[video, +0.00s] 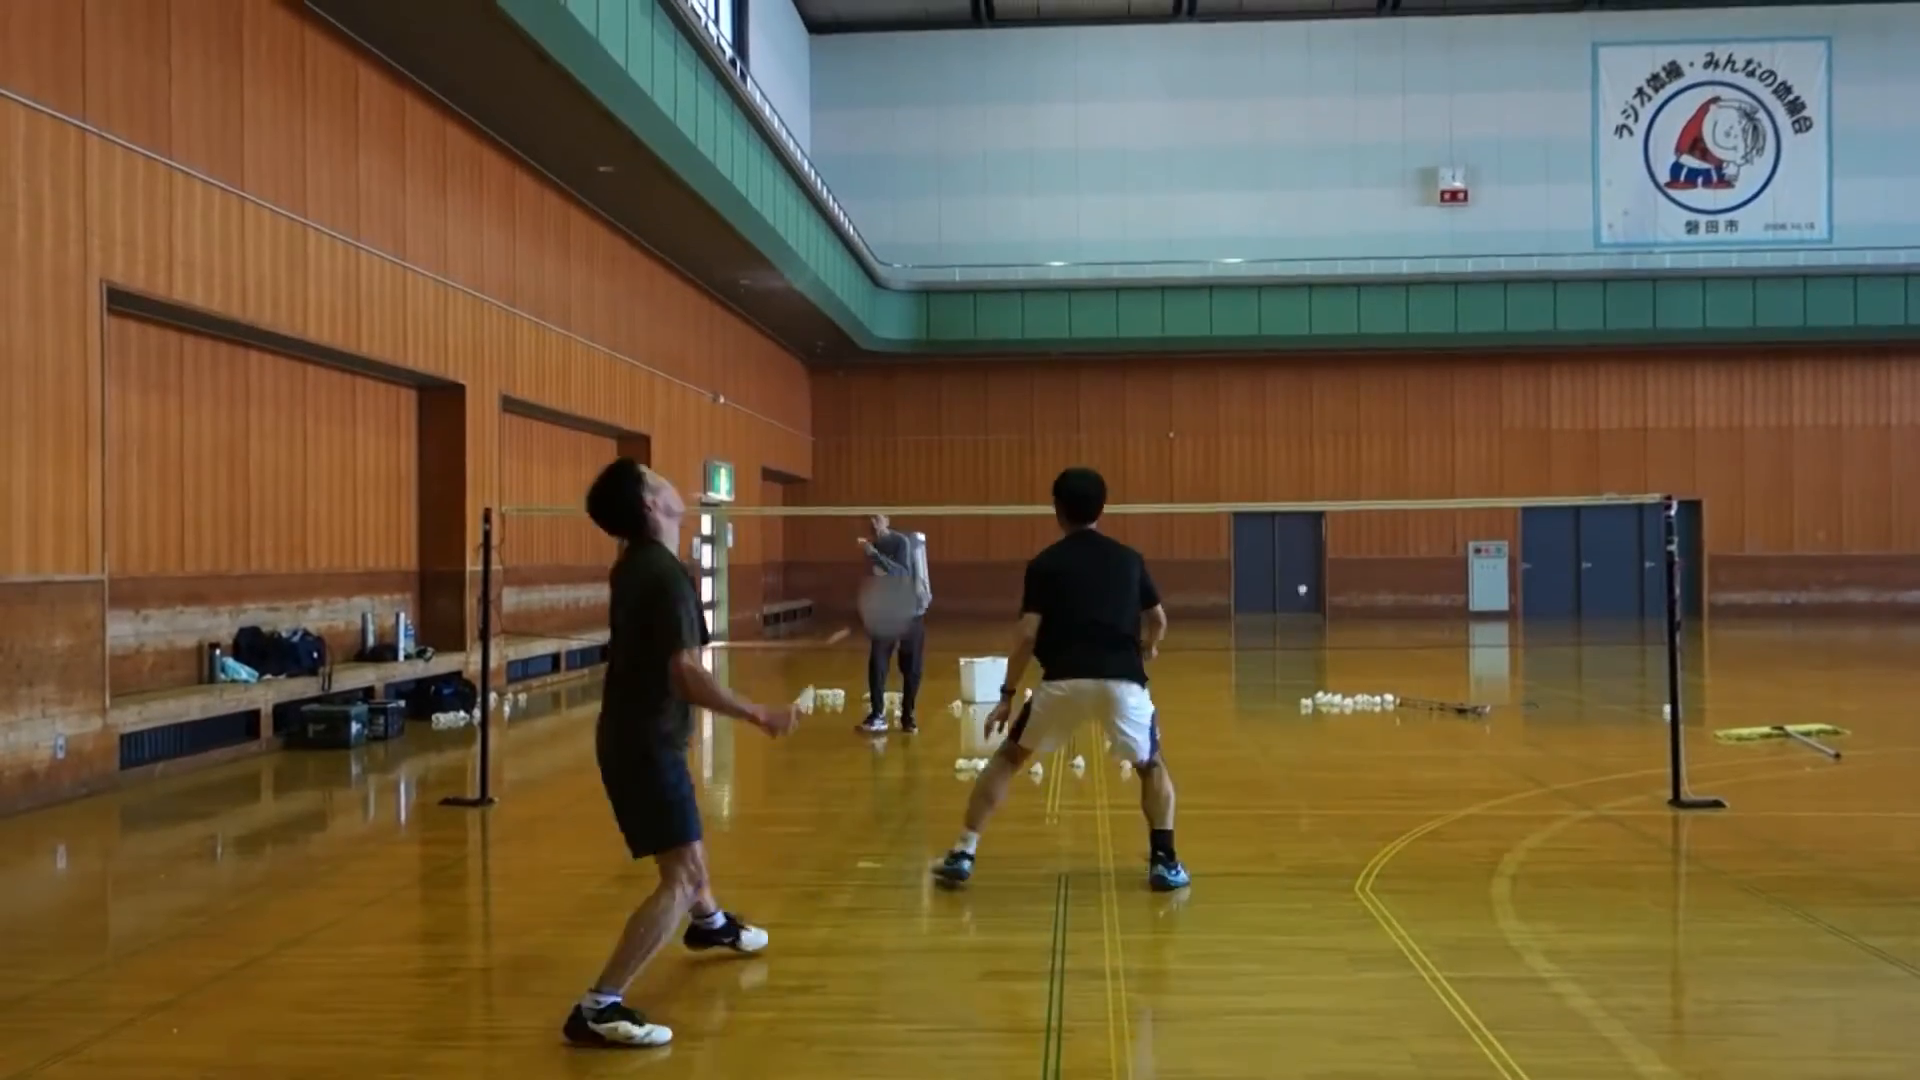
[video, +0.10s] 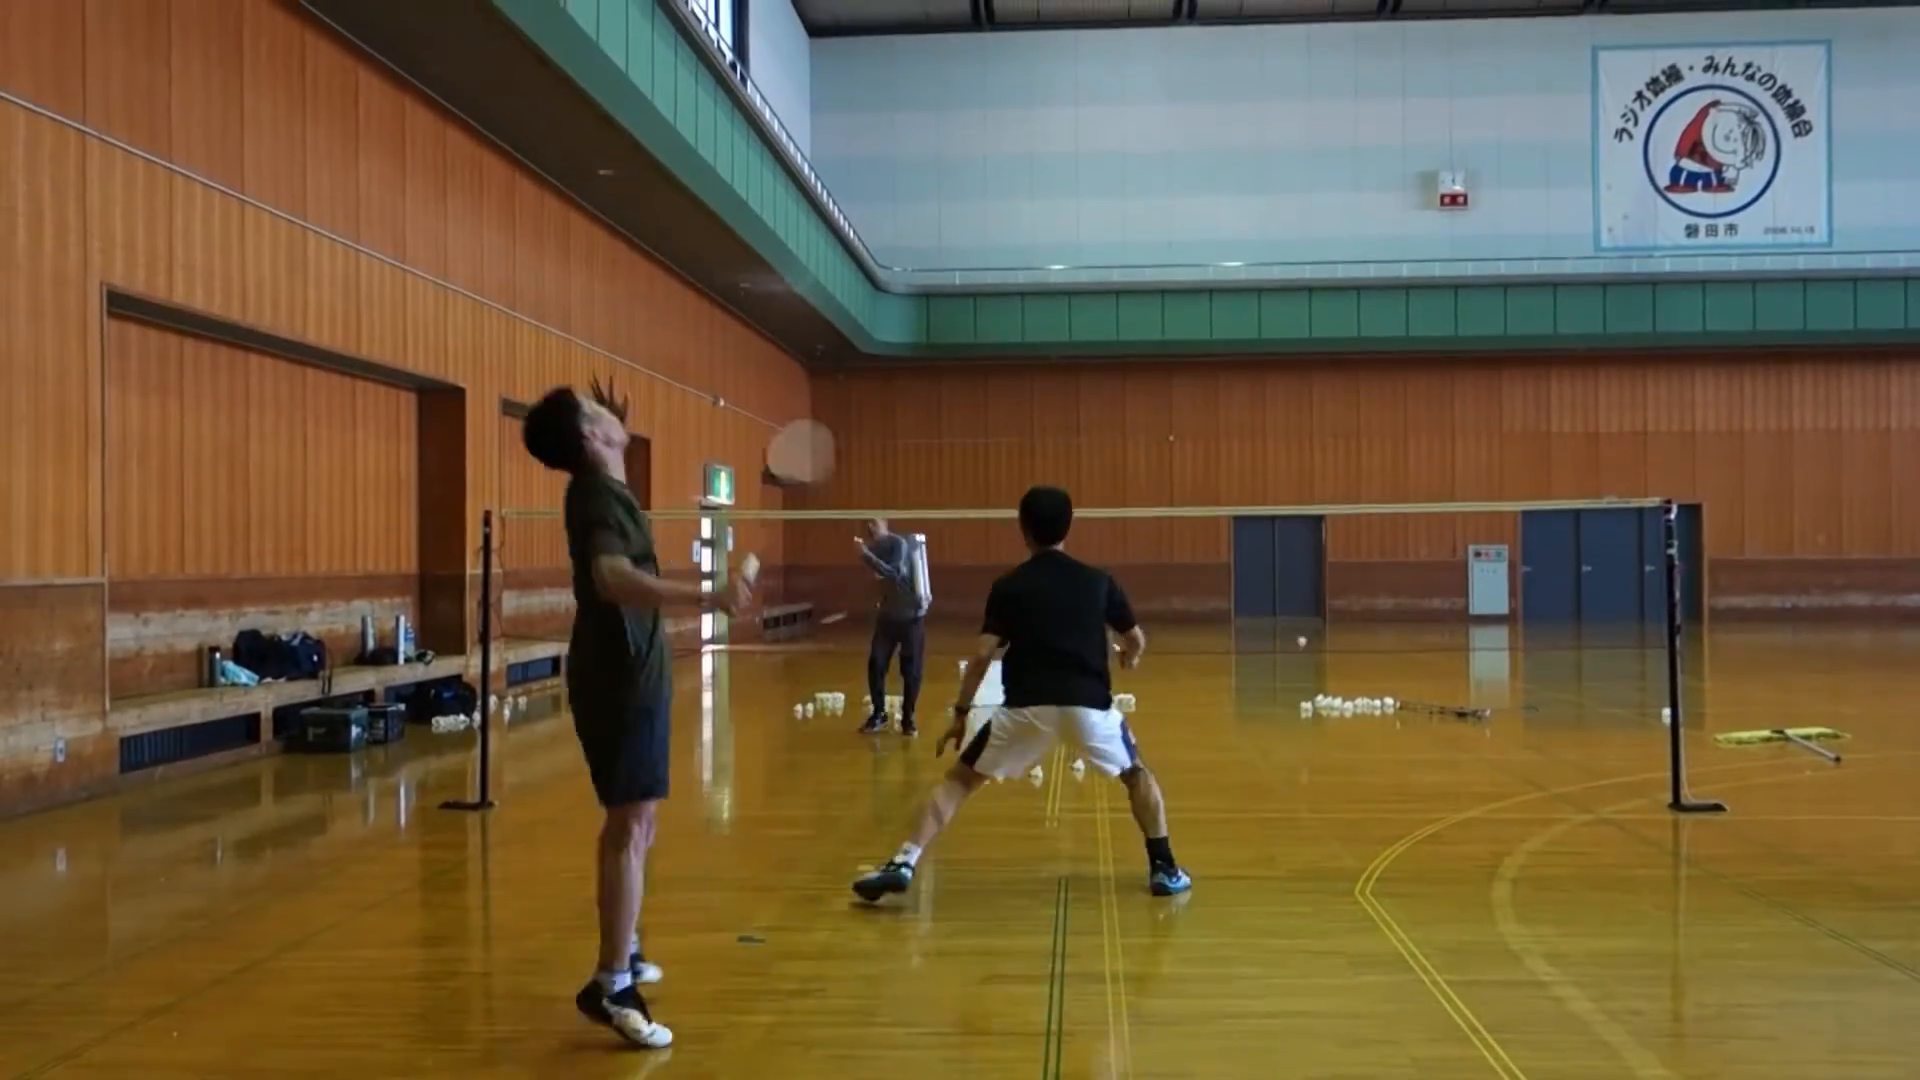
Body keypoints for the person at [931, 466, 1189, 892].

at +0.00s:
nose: (1059, 509)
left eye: (1057, 503)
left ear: (1058, 508)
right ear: (1102, 509)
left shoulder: (1044, 564)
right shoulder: (1128, 559)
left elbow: (1027, 634)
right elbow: (1155, 619)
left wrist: (1007, 694)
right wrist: (1141, 658)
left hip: (1063, 680)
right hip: (1122, 680)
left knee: (1008, 759)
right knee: (1152, 766)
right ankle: (1164, 862)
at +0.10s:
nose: (1029, 528)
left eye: (1026, 521)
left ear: (1024, 528)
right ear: (1068, 528)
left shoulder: (1009, 587)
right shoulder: (1097, 583)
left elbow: (982, 658)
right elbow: (1134, 640)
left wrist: (961, 711)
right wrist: (1129, 654)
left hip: (1026, 708)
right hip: (1088, 707)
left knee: (961, 779)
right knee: (1135, 774)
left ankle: (903, 862)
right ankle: (1164, 867)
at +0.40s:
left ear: (898, 509)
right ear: (943, 506)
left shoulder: (880, 565)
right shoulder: (969, 555)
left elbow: (839, 622)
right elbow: (1025, 603)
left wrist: (821, 663)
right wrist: (1051, 635)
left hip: (908, 682)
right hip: (970, 673)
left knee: (866, 772)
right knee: (1014, 756)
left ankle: (852, 869)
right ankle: (1038, 855)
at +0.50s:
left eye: (882, 505)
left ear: (877, 511)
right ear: (923, 510)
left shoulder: (860, 563)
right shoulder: (949, 556)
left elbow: (812, 622)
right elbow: (1002, 602)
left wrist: (792, 667)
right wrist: (1030, 651)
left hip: (881, 684)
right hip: (946, 679)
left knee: (834, 770)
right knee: (992, 755)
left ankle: (804, 865)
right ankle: (1005, 846)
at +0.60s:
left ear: (853, 538)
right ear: (899, 538)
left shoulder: (837, 587)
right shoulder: (922, 584)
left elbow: (798, 650)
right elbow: (964, 644)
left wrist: (779, 716)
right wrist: (990, 692)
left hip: (858, 707)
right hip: (923, 702)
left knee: (799, 789)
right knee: (975, 782)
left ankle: (745, 874)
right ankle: (993, 882)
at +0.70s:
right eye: (890, 574)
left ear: (845, 580)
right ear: (889, 581)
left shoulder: (827, 627)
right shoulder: (911, 630)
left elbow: (795, 690)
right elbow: (944, 705)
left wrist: (776, 745)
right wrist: (946, 750)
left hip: (833, 743)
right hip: (901, 739)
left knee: (772, 800)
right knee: (961, 768)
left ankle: (722, 882)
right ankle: (989, 859)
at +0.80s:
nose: (924, 600)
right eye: (918, 594)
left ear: (868, 600)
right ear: (906, 601)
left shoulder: (841, 647)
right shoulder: (924, 648)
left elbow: (814, 712)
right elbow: (956, 727)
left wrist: (790, 762)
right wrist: (970, 776)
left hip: (837, 768)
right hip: (905, 766)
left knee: (781, 820)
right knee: (967, 786)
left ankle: (725, 892)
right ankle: (987, 884)